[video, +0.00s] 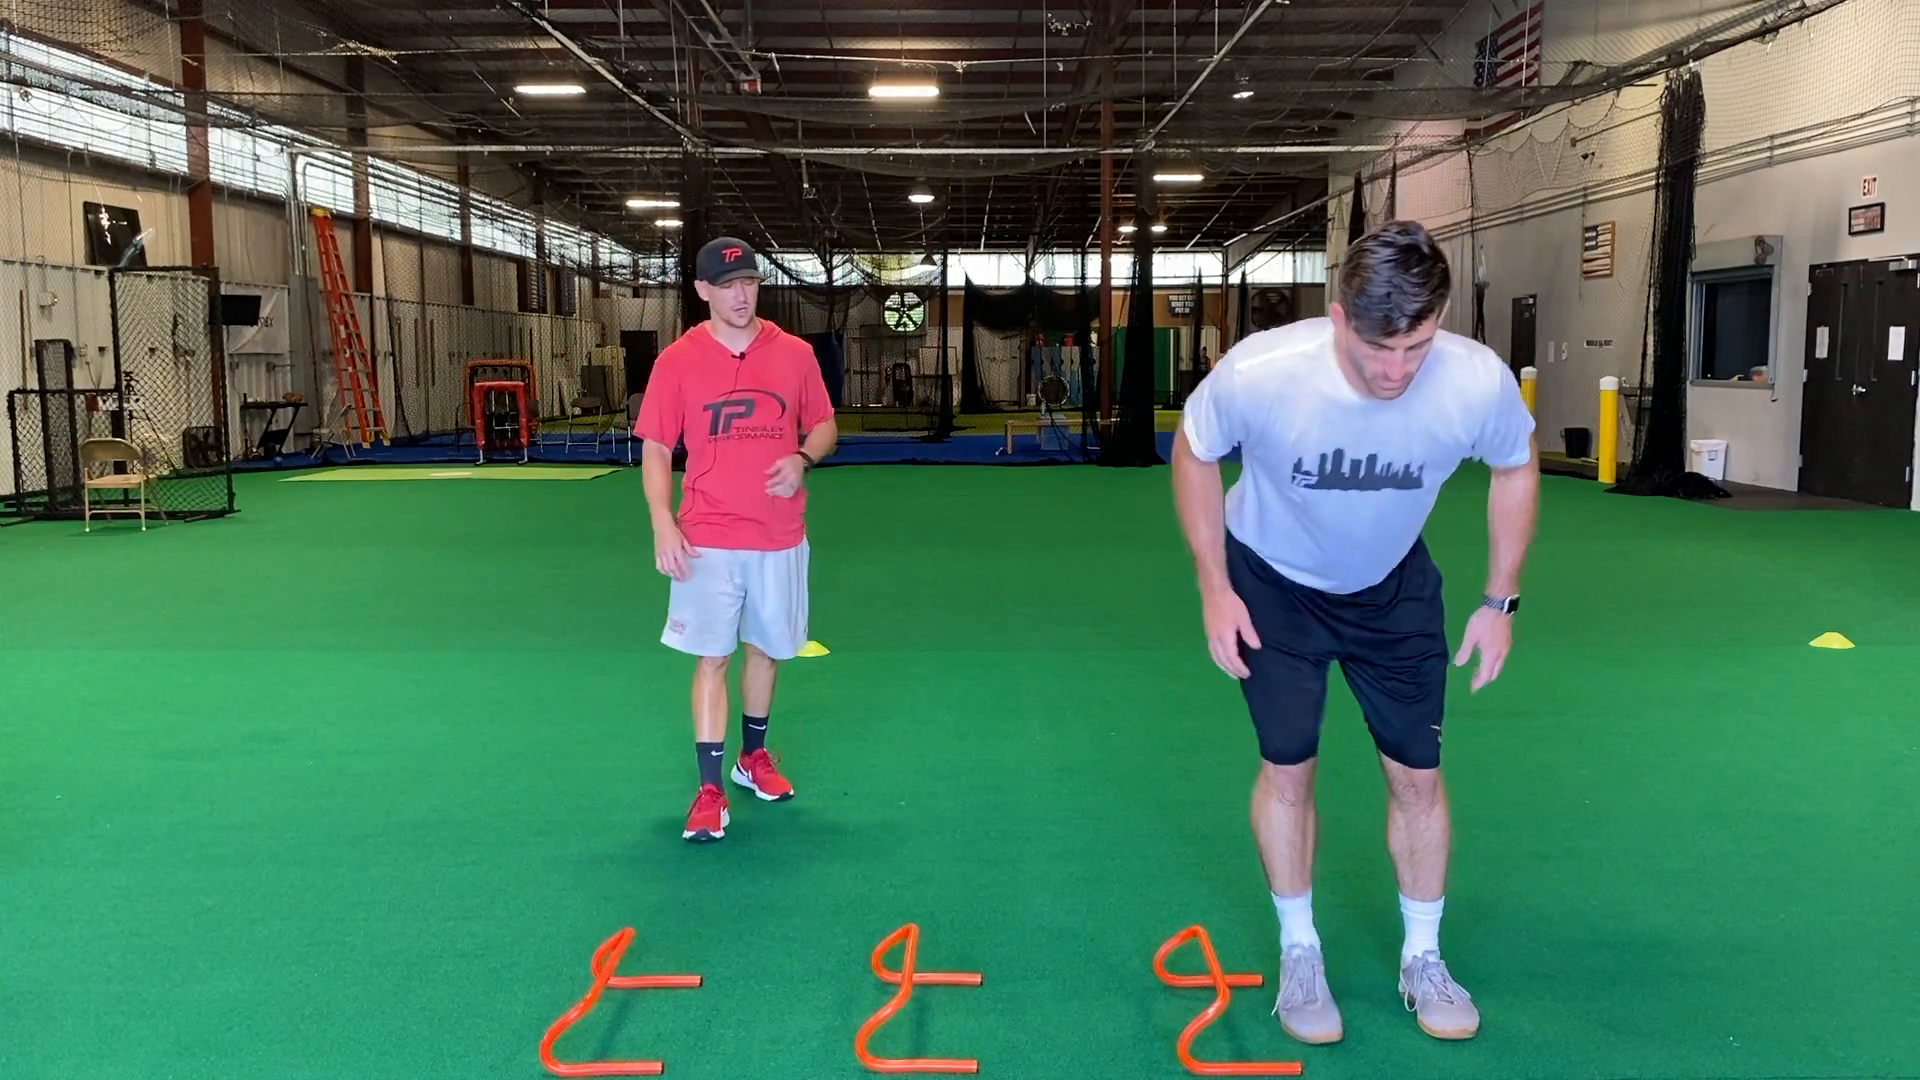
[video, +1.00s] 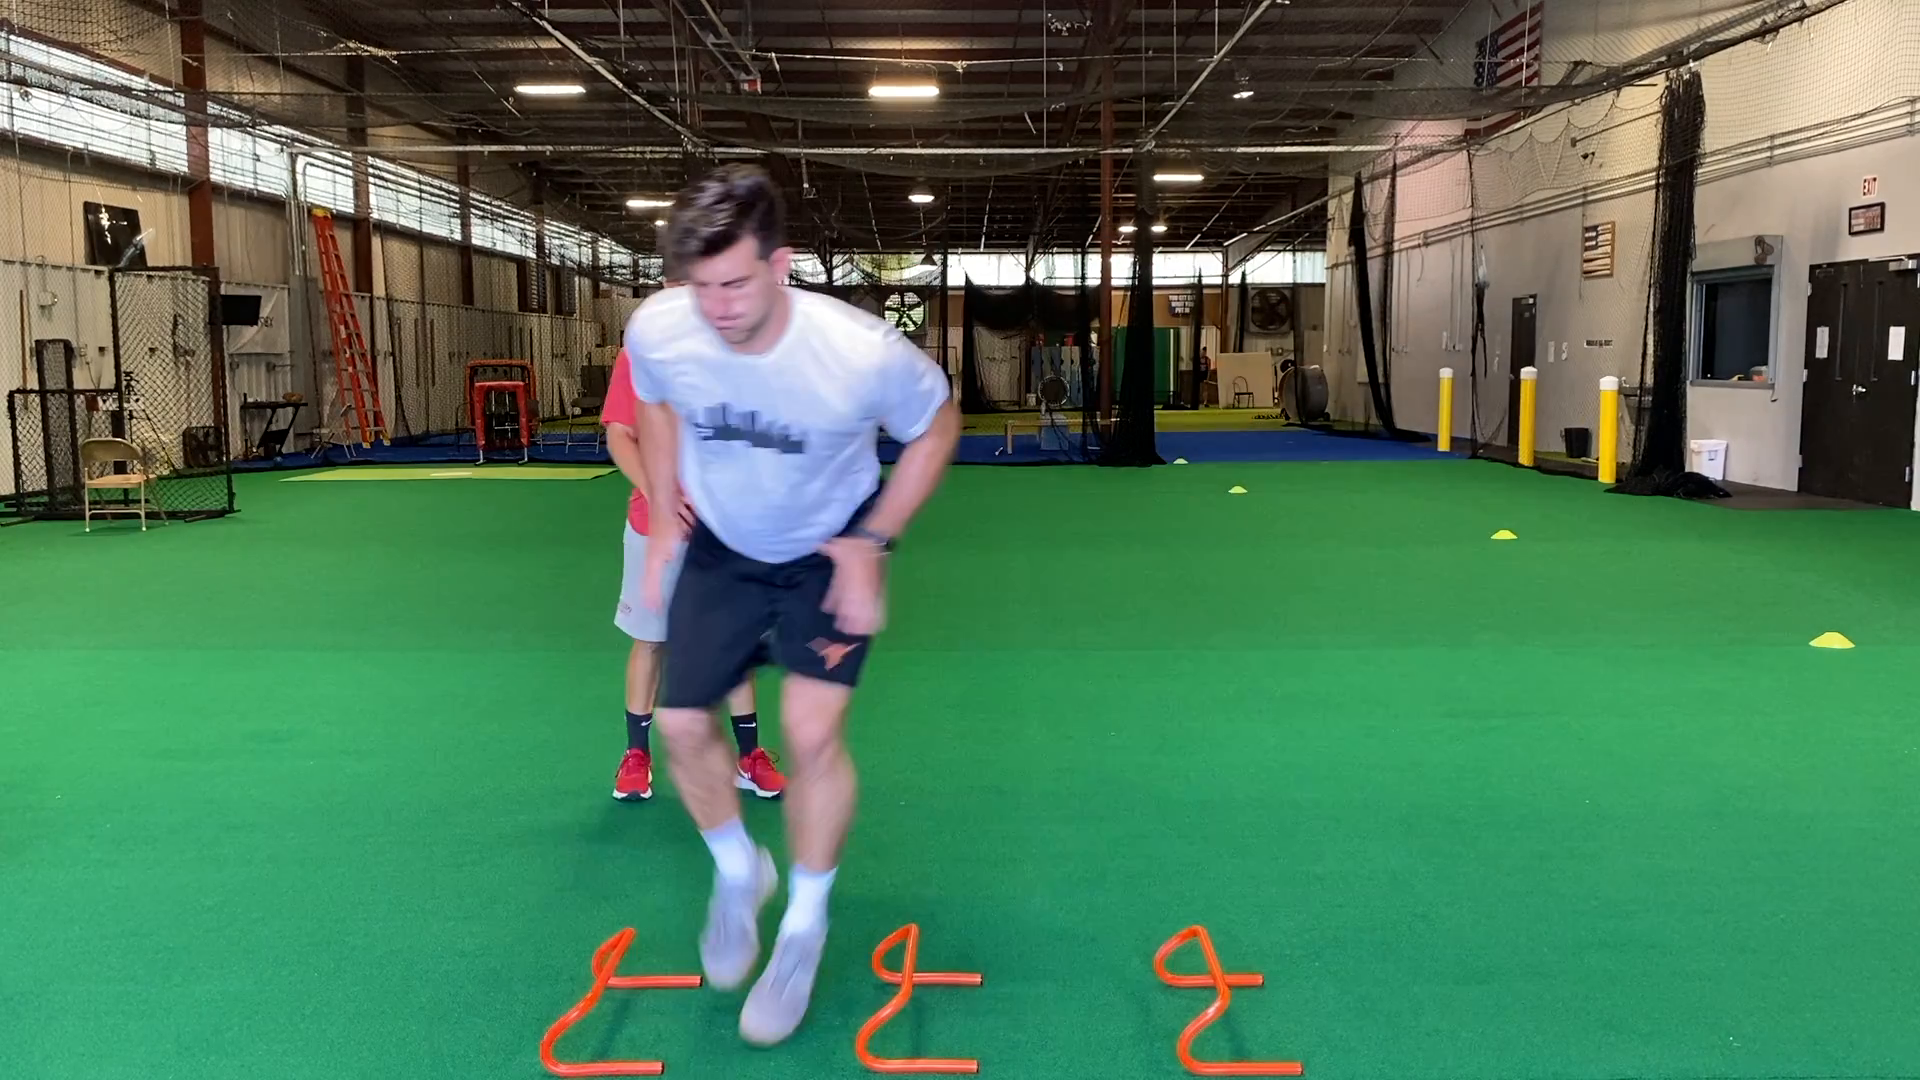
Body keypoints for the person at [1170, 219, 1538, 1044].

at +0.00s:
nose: (1396, 367)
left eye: (1414, 347)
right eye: (1377, 347)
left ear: (1436, 322)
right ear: (1338, 318)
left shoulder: (1476, 381)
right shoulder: (1257, 374)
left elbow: (1517, 467)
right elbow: (1192, 449)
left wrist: (1499, 598)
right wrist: (1214, 586)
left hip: (1394, 581)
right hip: (1275, 580)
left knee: (1418, 769)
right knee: (1288, 763)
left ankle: (1424, 958)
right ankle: (1300, 952)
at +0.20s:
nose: (1316, 376)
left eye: (1336, 356)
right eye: (1298, 355)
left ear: (1363, 335)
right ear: (1262, 331)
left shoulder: (1408, 421)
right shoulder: (1197, 388)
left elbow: (1440, 527)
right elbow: (1138, 424)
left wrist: (1387, 628)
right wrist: (1126, 539)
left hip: (1341, 590)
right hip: (1216, 579)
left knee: (1400, 789)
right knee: (1199, 739)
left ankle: (1422, 961)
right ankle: (1190, 814)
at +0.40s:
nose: (1149, 313)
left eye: (1165, 293)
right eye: (1130, 295)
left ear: (1193, 275)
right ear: (1099, 279)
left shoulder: (1250, 333)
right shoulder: (1039, 354)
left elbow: (1320, 349)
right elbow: (1010, 423)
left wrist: (1293, 478)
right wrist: (1038, 539)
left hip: (1230, 569)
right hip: (1103, 581)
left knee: (1315, 750)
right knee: (1081, 773)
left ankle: (1343, 857)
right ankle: (1053, 942)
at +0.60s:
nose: (1006, 289)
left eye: (1023, 269)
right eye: (989, 271)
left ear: (1062, 249)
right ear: (966, 259)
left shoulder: (1127, 334)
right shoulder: (921, 316)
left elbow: (1199, 411)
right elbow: (897, 368)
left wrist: (1132, 504)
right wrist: (910, 482)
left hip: (1087, 527)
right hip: (971, 527)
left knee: (1101, 737)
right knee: (964, 722)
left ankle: (1087, 920)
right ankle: (1012, 831)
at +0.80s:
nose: (857, 295)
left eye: (873, 273)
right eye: (840, 275)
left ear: (914, 257)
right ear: (819, 266)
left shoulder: (983, 332)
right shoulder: (778, 334)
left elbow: (1075, 377)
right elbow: (774, 409)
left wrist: (1041, 505)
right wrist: (783, 521)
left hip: (966, 552)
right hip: (844, 559)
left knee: (1002, 727)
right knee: (808, 743)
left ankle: (1030, 876)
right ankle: (779, 920)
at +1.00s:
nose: (719, 304)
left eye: (737, 282)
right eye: (702, 285)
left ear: (783, 263)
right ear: (683, 276)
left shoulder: (860, 351)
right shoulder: (658, 333)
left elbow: (939, 423)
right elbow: (659, 403)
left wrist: (874, 540)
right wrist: (664, 507)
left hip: (826, 556)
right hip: (716, 551)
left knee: (810, 737)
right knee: (681, 722)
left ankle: (804, 928)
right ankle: (738, 870)